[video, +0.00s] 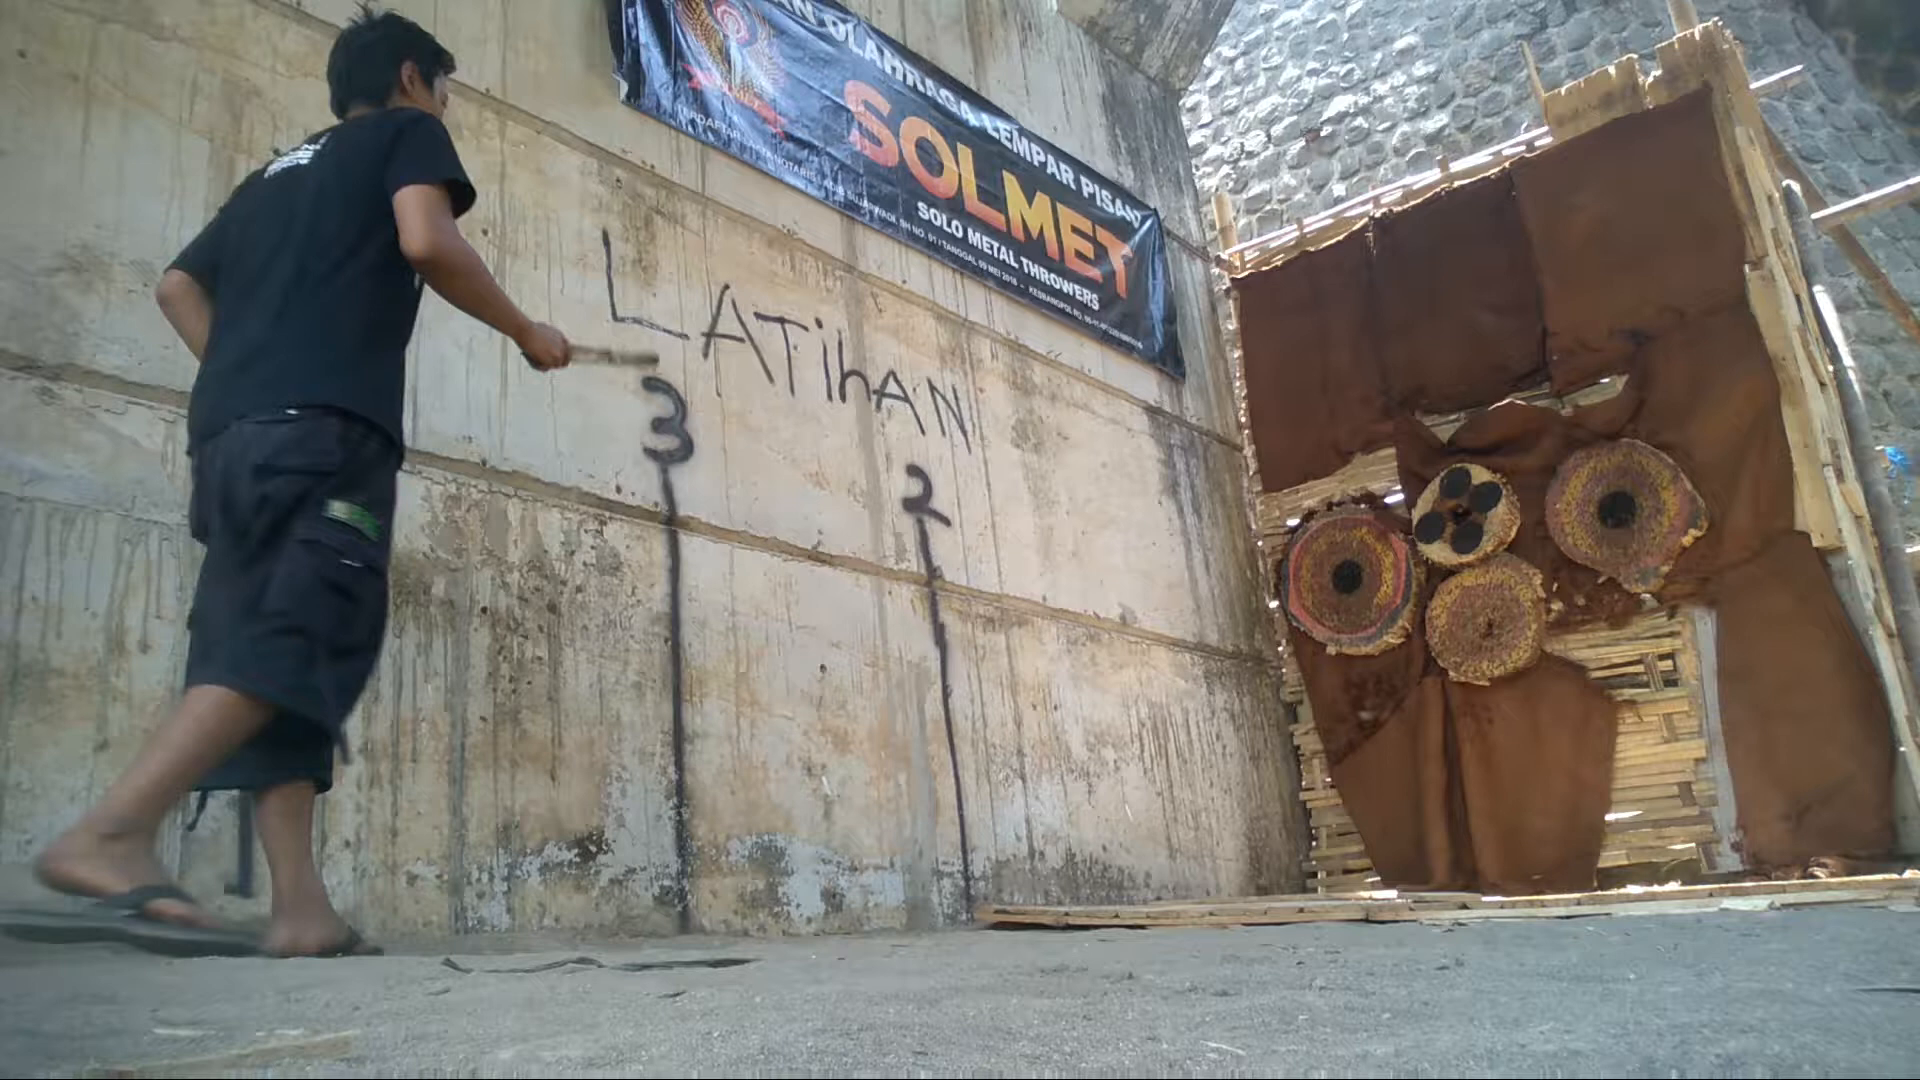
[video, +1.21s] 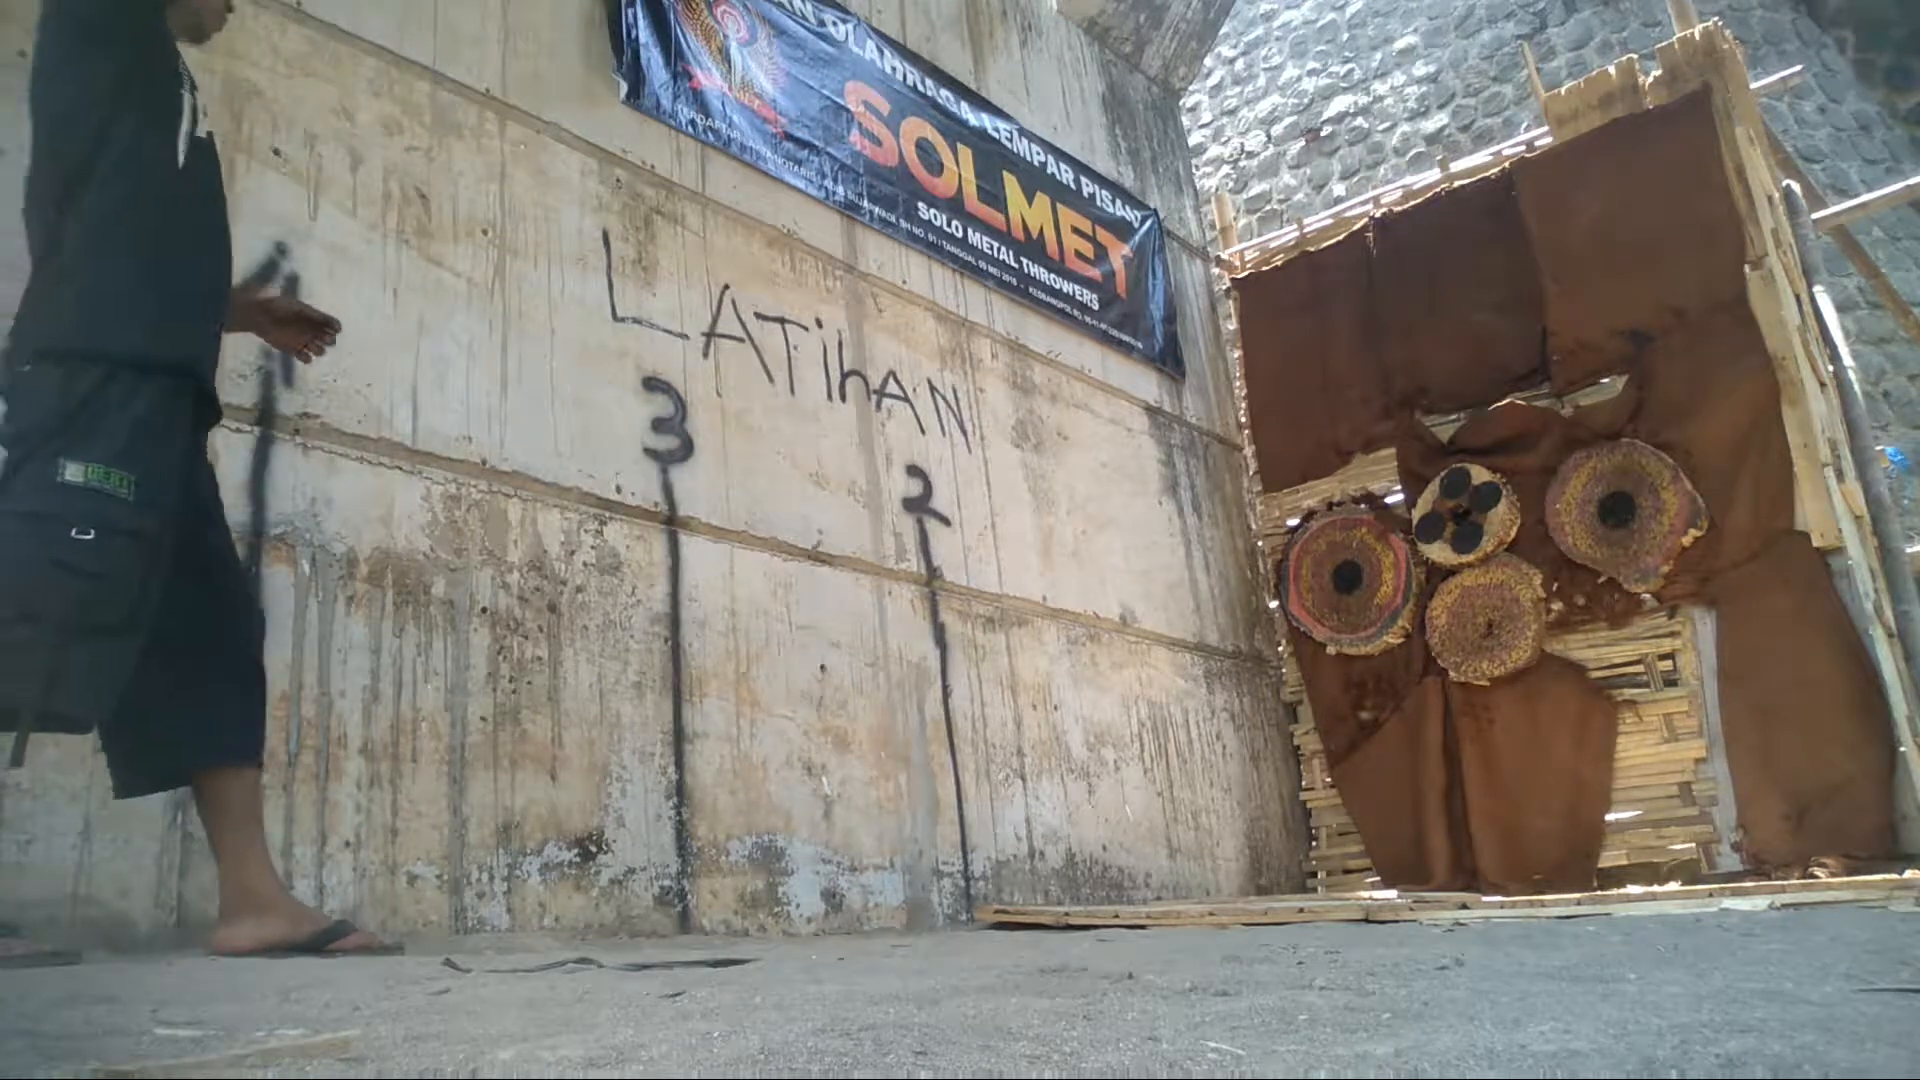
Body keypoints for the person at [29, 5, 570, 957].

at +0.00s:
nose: (443, 108)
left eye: (446, 96)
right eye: (441, 93)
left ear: (345, 89)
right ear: (409, 80)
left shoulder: (269, 178)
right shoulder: (408, 131)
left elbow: (180, 284)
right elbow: (428, 240)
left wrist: (242, 379)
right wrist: (525, 327)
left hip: (228, 428)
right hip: (324, 421)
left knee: (273, 658)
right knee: (296, 642)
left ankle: (302, 911)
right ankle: (107, 837)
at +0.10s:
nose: (414, 86)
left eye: (414, 71)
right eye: (409, 68)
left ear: (317, 71)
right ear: (375, 57)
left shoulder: (248, 166)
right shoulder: (370, 110)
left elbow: (166, 290)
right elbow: (402, 225)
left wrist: (242, 377)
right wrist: (516, 287)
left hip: (204, 408)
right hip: (273, 411)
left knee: (280, 651)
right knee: (191, 625)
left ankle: (301, 910)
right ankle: (10, 816)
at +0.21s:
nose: (388, 62)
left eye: (387, 44)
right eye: (382, 40)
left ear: (306, 38)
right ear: (339, 32)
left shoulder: (225, 144)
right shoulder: (327, 91)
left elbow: (150, 290)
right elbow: (373, 212)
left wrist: (288, 402)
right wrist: (501, 258)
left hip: (179, 402)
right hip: (222, 407)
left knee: (257, 655)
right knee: (98, 633)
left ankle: (301, 911)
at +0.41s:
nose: (315, 31)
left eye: (317, 15)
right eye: (311, 10)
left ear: (253, 5)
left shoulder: (177, 62)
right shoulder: (204, 28)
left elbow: (124, 247)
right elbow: (260, 159)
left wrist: (216, 359)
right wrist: (409, 221)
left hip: (150, 414)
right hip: (100, 392)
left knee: (201, 642)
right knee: (38, 644)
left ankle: (265, 893)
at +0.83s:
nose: (193, 12)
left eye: (191, 15)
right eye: (185, 11)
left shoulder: (59, 38)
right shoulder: (94, 11)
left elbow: (62, 219)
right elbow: (202, 81)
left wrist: (182, 315)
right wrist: (349, 104)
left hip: (101, 377)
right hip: (59, 367)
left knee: (156, 630)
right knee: (29, 623)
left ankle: (194, 895)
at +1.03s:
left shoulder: (96, 49)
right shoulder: (56, 23)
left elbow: (65, 237)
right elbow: (224, 18)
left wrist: (206, 296)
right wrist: (344, 4)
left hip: (118, 384)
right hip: (41, 369)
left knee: (183, 629)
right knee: (18, 642)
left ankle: (233, 890)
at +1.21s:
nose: (229, 5)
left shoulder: (157, 68)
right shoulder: (97, 30)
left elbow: (116, 267)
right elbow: (81, 251)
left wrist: (245, 312)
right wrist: (231, 305)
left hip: (153, 408)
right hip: (77, 396)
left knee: (214, 629)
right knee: (21, 636)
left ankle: (254, 900)